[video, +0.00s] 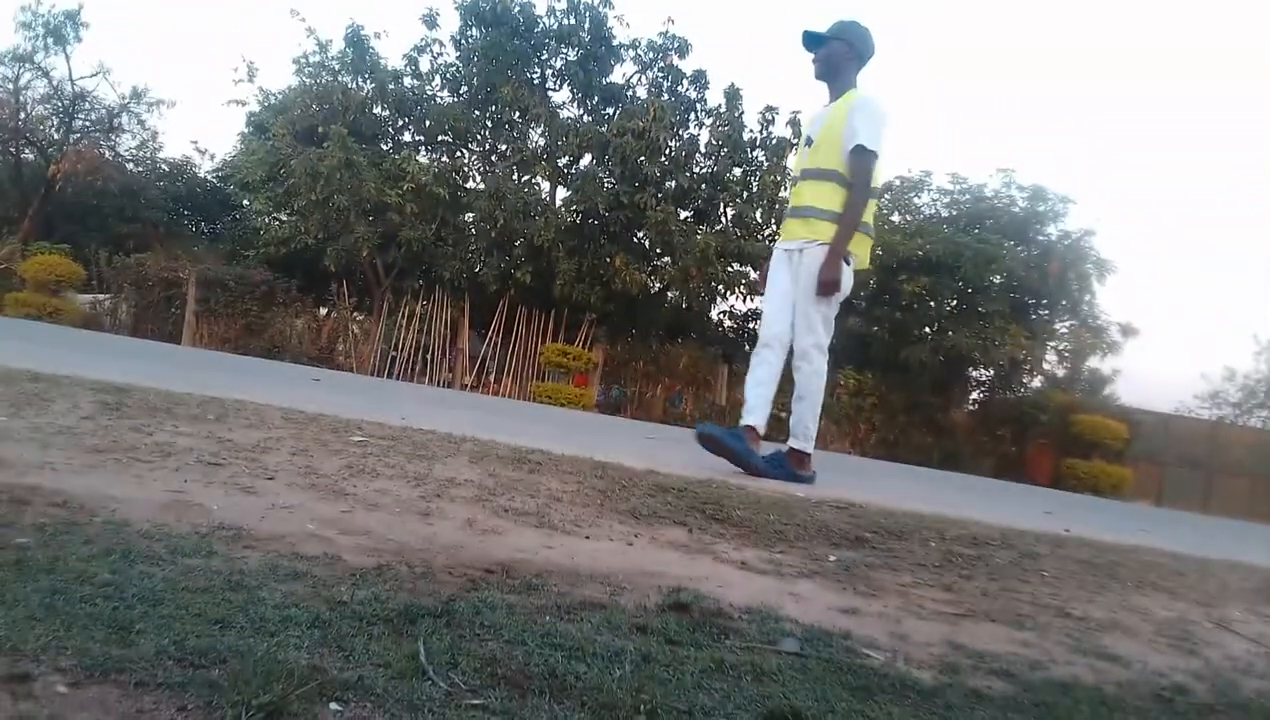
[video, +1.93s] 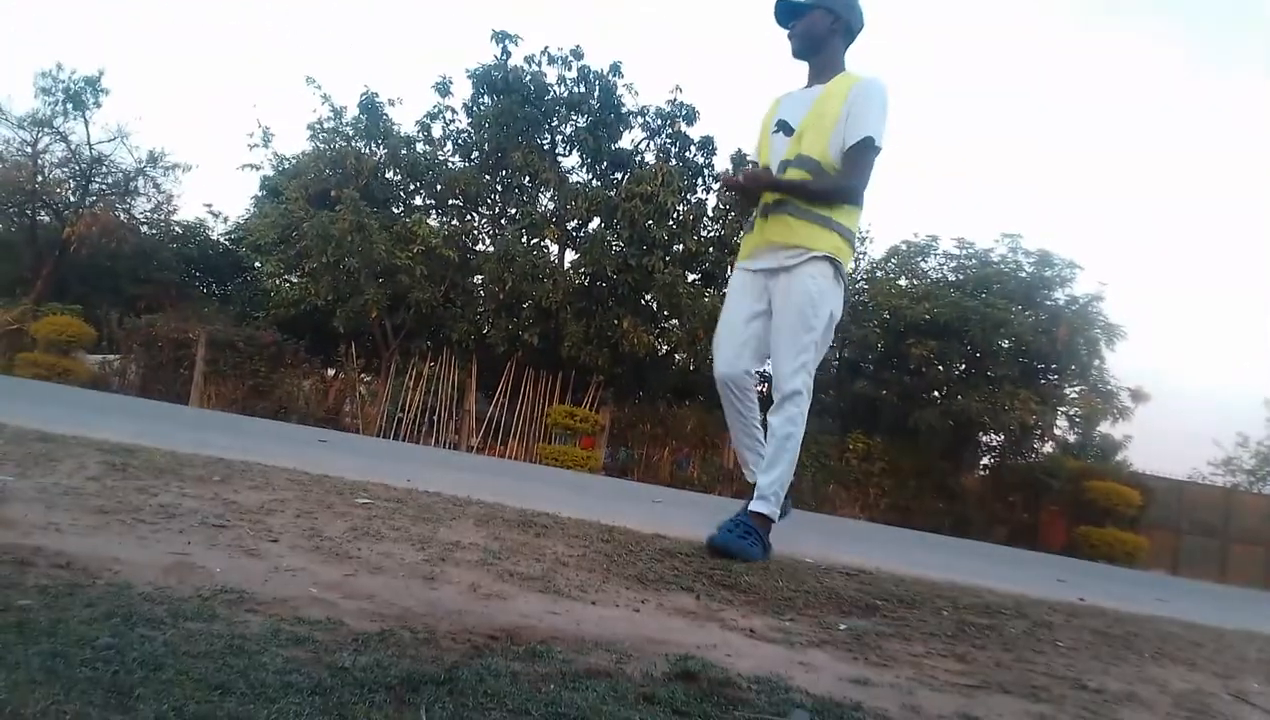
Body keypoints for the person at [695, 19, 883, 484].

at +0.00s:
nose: (816, 53)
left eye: (827, 46)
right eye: (819, 46)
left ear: (852, 55)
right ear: (832, 57)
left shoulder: (863, 108)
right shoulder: (819, 119)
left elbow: (860, 184)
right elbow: (803, 194)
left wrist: (836, 254)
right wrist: (777, 251)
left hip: (827, 248)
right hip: (789, 245)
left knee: (810, 348)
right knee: (771, 337)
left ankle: (799, 456)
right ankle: (749, 435)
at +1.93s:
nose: (790, 25)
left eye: (802, 15)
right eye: (790, 18)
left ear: (835, 23)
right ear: (812, 28)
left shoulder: (864, 92)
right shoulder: (781, 104)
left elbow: (851, 187)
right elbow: (763, 192)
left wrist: (772, 182)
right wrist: (743, 187)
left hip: (812, 258)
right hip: (755, 255)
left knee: (792, 384)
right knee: (730, 370)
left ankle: (760, 518)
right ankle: (765, 485)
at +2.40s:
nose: (779, 1)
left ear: (826, 4)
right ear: (788, 11)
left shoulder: (848, 66)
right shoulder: (762, 81)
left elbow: (834, 168)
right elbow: (740, 180)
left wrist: (743, 146)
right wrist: (717, 145)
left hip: (796, 247)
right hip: (735, 245)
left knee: (783, 384)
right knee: (707, 363)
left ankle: (759, 521)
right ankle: (668, 495)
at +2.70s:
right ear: (745, 8)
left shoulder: (811, 48)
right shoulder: (720, 73)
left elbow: (801, 151)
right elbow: (692, 175)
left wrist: (707, 120)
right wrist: (688, 125)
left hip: (757, 230)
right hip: (694, 233)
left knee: (743, 372)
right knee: (687, 376)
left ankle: (756, 515)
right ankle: (670, 525)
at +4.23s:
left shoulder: (464, 4)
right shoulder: (374, 15)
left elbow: (469, 54)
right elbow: (353, 81)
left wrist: (363, 10)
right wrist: (322, 25)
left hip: (405, 143)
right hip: (339, 147)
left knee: (351, 306)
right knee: (306, 336)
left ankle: (437, 505)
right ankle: (264, 511)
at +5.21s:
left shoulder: (449, 9)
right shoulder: (337, 20)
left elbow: (443, 30)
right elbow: (321, 39)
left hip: (382, 139)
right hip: (308, 134)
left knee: (357, 339)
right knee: (292, 336)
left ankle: (329, 523)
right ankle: (262, 509)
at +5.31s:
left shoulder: (449, 10)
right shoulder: (341, 22)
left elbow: (445, 32)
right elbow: (324, 40)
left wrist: (355, 0)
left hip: (381, 144)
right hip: (310, 138)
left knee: (356, 340)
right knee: (292, 336)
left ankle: (328, 523)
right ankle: (262, 509)